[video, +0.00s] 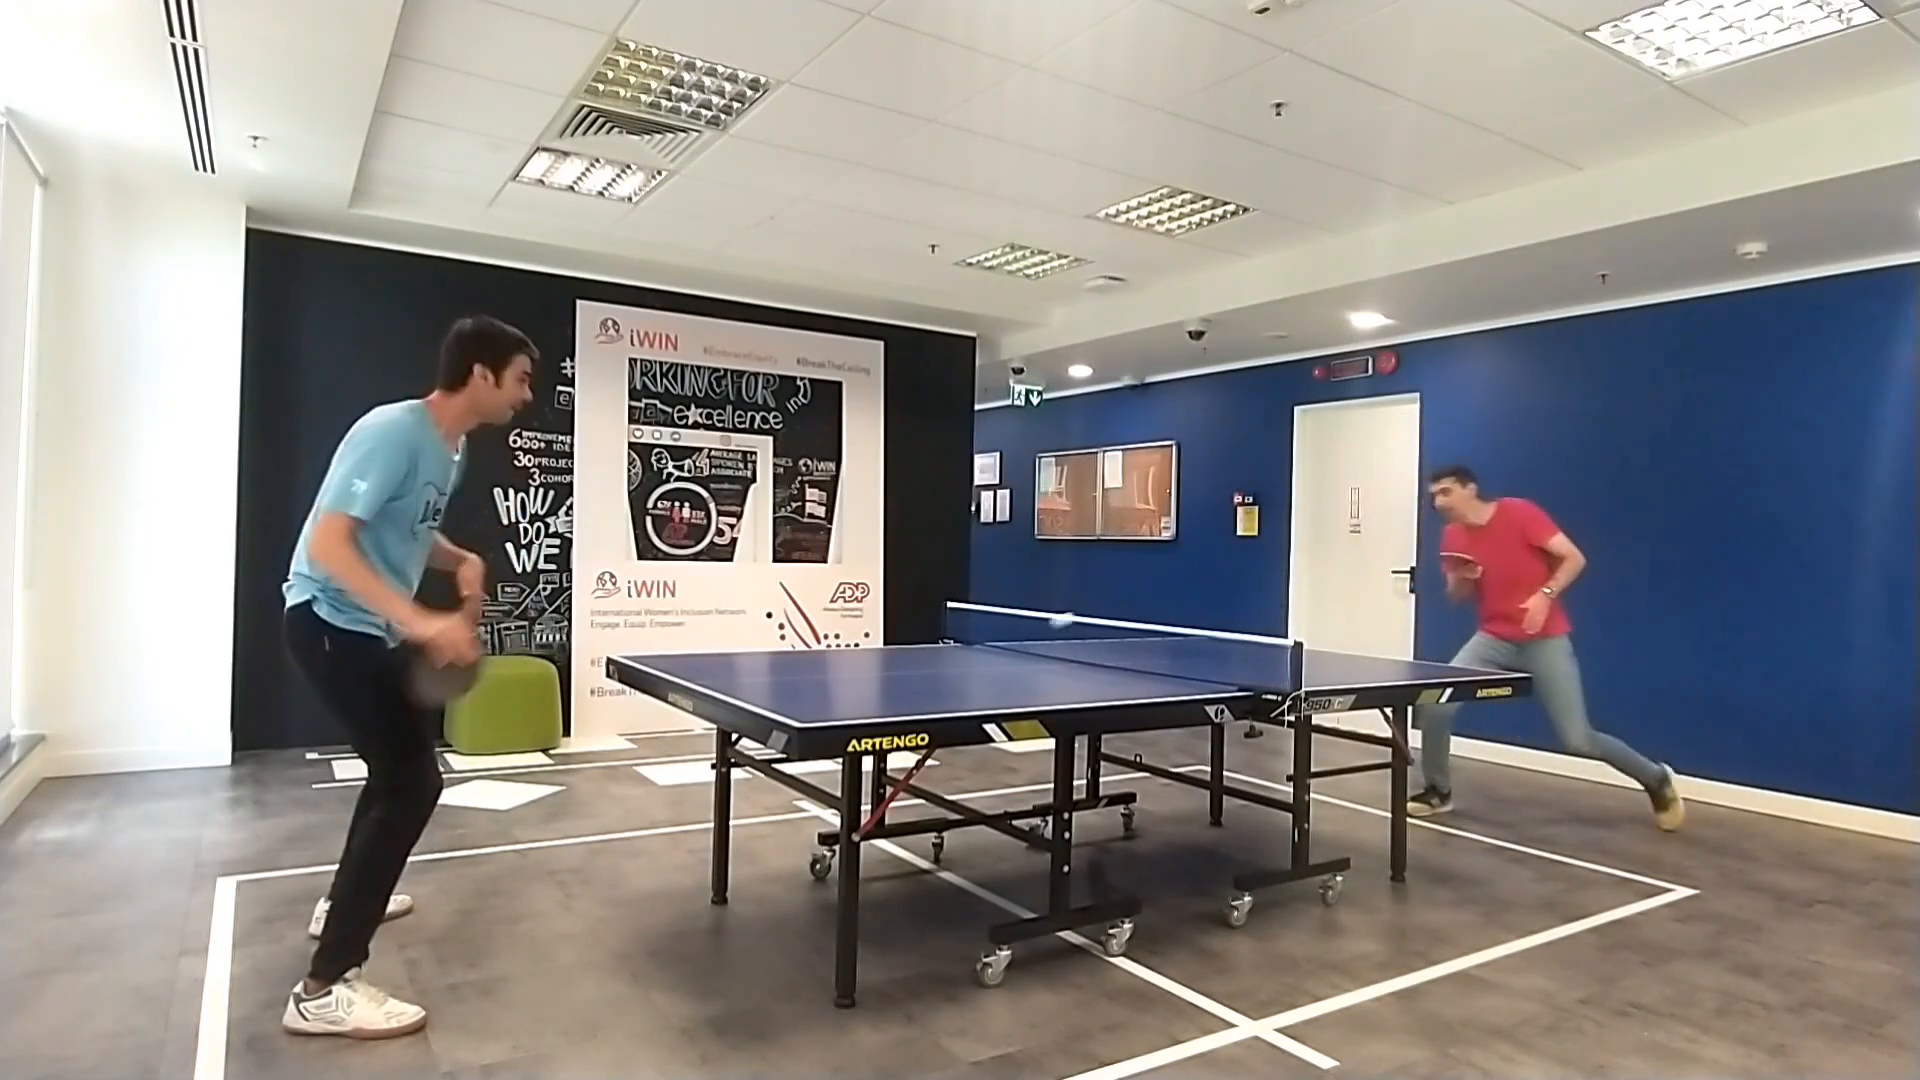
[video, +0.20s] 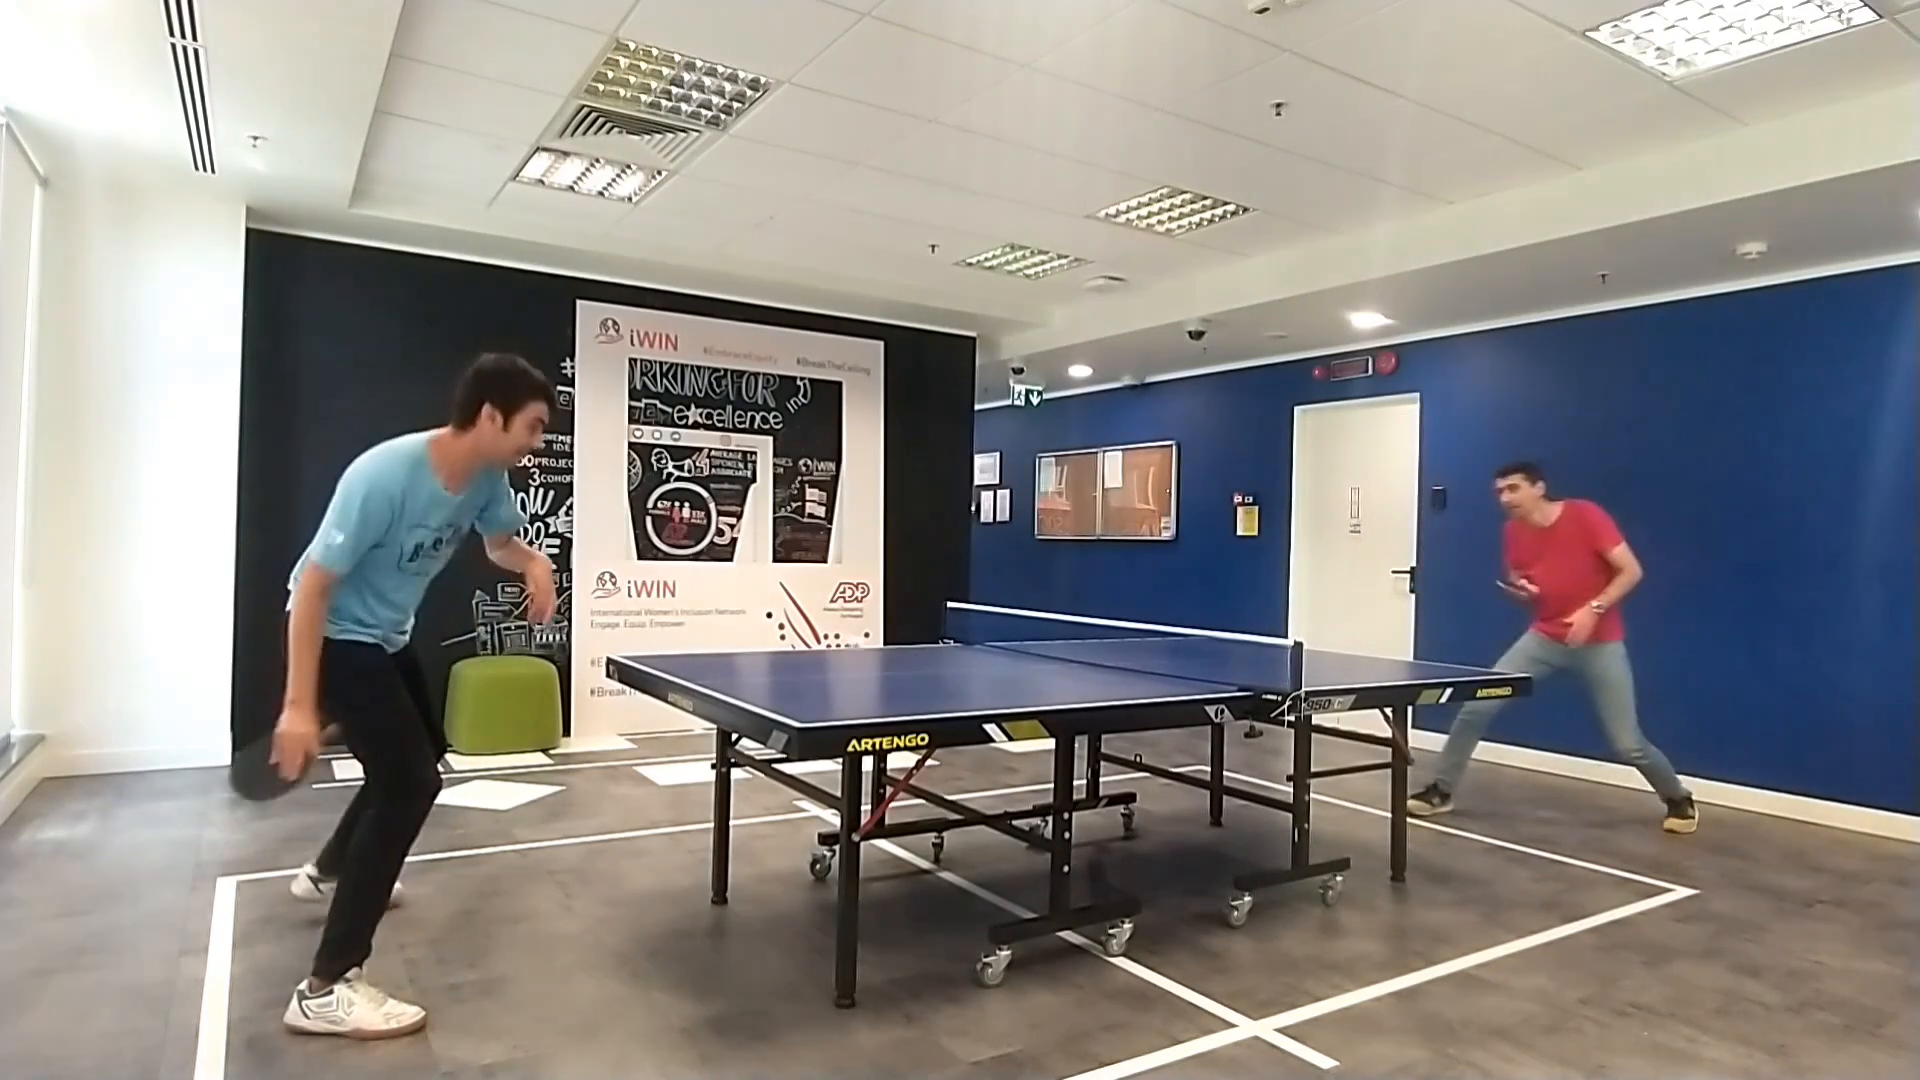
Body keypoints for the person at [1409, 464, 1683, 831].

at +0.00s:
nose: (1439, 502)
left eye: (1445, 492)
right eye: (1434, 497)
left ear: (1469, 489)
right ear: (1435, 503)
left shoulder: (1519, 514)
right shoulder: (1454, 536)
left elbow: (1574, 558)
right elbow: (1455, 596)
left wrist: (1546, 594)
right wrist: (1462, 581)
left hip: (1545, 640)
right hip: (1494, 638)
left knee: (1577, 740)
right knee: (1434, 706)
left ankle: (1658, 780)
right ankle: (1437, 793)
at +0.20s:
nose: (1504, 498)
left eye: (1512, 489)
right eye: (1501, 492)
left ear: (1538, 487)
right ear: (1502, 495)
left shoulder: (1584, 515)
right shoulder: (1515, 529)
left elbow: (1632, 571)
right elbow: (1515, 587)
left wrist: (1594, 609)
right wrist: (1520, 590)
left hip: (1599, 644)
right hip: (1545, 637)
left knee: (1626, 745)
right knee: (1479, 704)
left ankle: (1679, 801)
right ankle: (1439, 791)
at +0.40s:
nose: (1534, 470)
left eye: (1541, 461)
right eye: (1529, 464)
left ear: (1566, 462)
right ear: (1528, 471)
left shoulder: (1612, 493)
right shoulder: (1541, 511)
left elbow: (1664, 544)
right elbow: (1548, 558)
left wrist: (1627, 592)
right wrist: (1548, 575)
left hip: (1629, 623)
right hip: (1573, 619)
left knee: (1652, 727)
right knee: (1515, 687)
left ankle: (1684, 801)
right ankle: (1514, 786)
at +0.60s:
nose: (1542, 469)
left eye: (1550, 461)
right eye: (1538, 463)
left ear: (1576, 461)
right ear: (1537, 469)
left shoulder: (1621, 494)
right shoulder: (1547, 512)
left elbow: (1677, 540)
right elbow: (1553, 560)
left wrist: (1647, 587)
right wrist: (1551, 590)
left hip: (1639, 624)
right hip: (1582, 623)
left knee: (1671, 719)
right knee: (1539, 701)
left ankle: (1724, 805)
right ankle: (1536, 790)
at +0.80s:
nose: (1531, 488)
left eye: (1537, 479)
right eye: (1528, 481)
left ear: (1565, 478)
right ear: (1535, 486)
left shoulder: (1613, 508)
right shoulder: (1556, 524)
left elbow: (1678, 551)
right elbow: (1575, 573)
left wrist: (1659, 609)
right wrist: (1552, 625)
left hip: (1643, 638)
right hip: (1591, 633)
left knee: (1674, 733)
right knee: (1529, 693)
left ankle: (1732, 809)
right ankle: (1539, 788)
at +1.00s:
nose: (1492, 466)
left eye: (1497, 457)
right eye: (1490, 460)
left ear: (1522, 455)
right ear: (1513, 460)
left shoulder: (1567, 489)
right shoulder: (1526, 507)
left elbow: (1620, 538)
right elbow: (1555, 557)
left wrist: (1615, 603)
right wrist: (1551, 608)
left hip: (1598, 619)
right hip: (1553, 620)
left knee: (1636, 713)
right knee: (1514, 695)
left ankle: (1716, 795)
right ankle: (1538, 788)